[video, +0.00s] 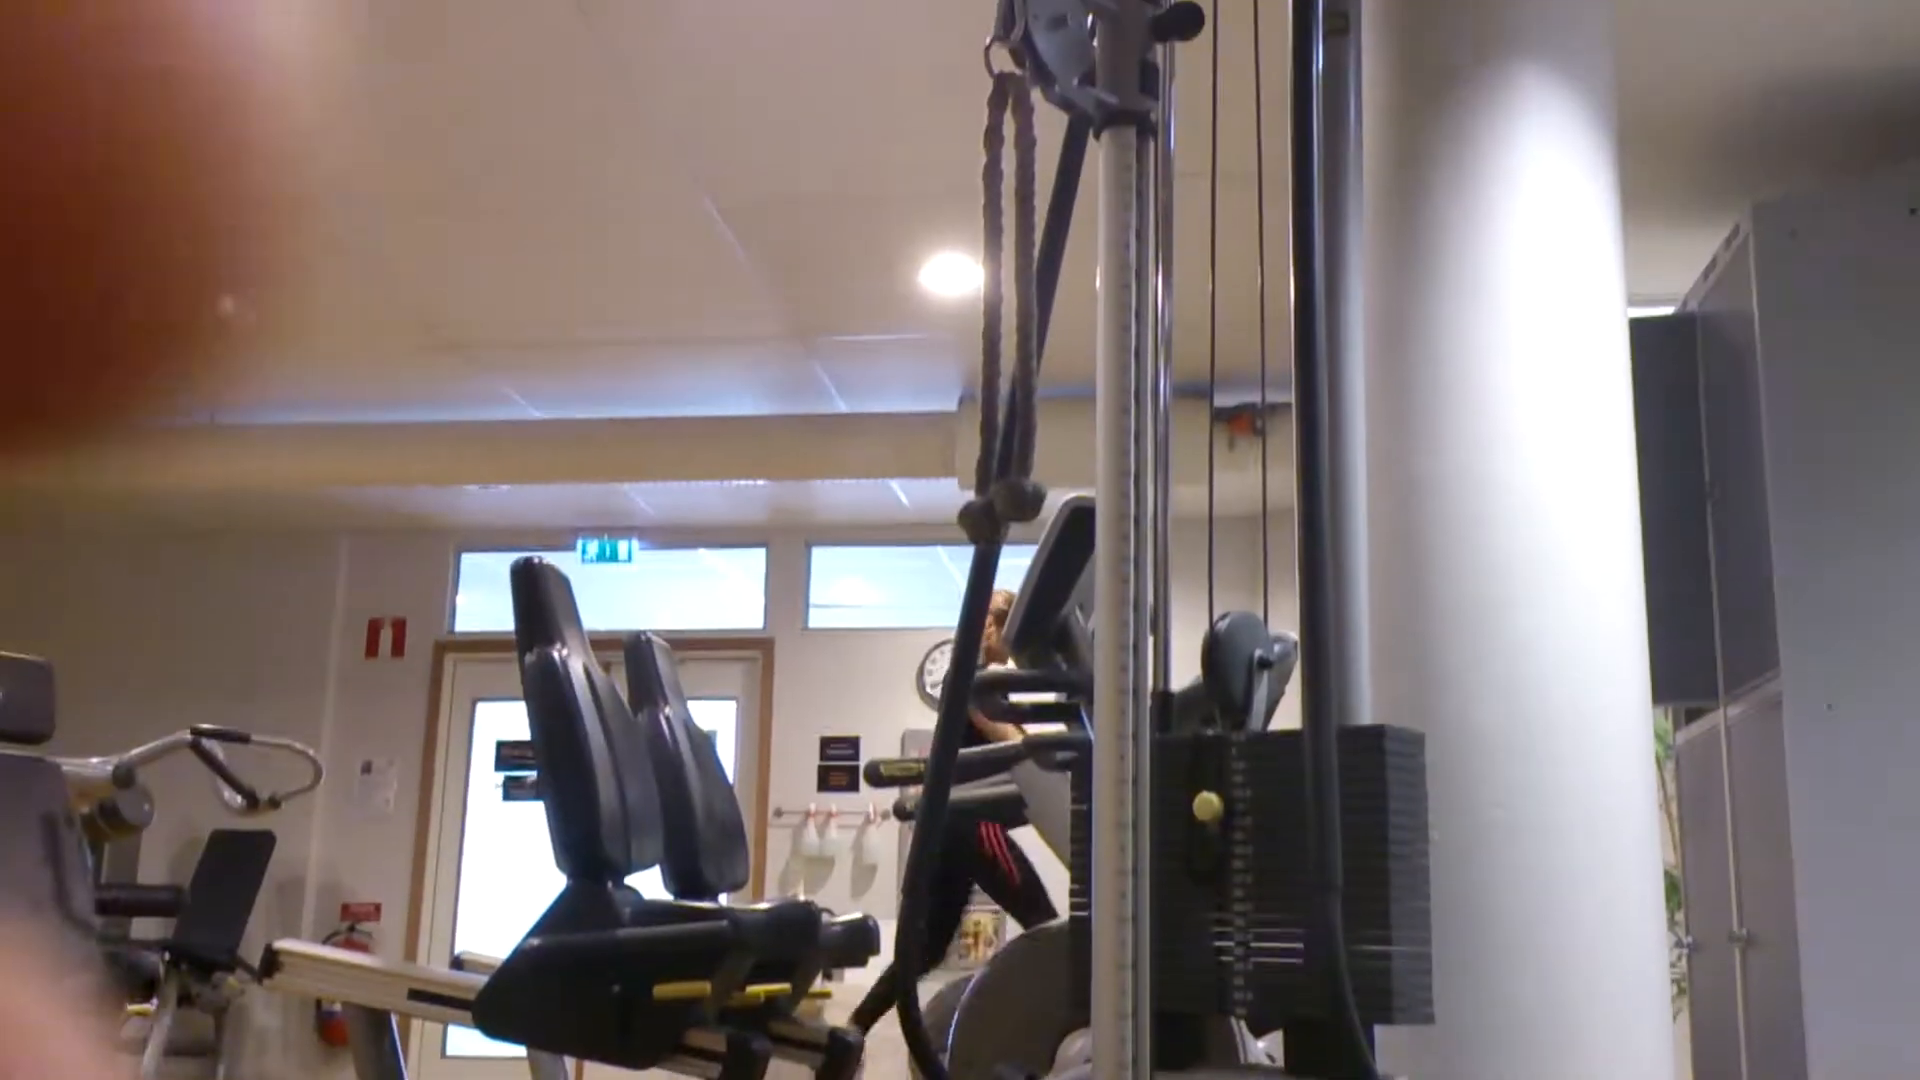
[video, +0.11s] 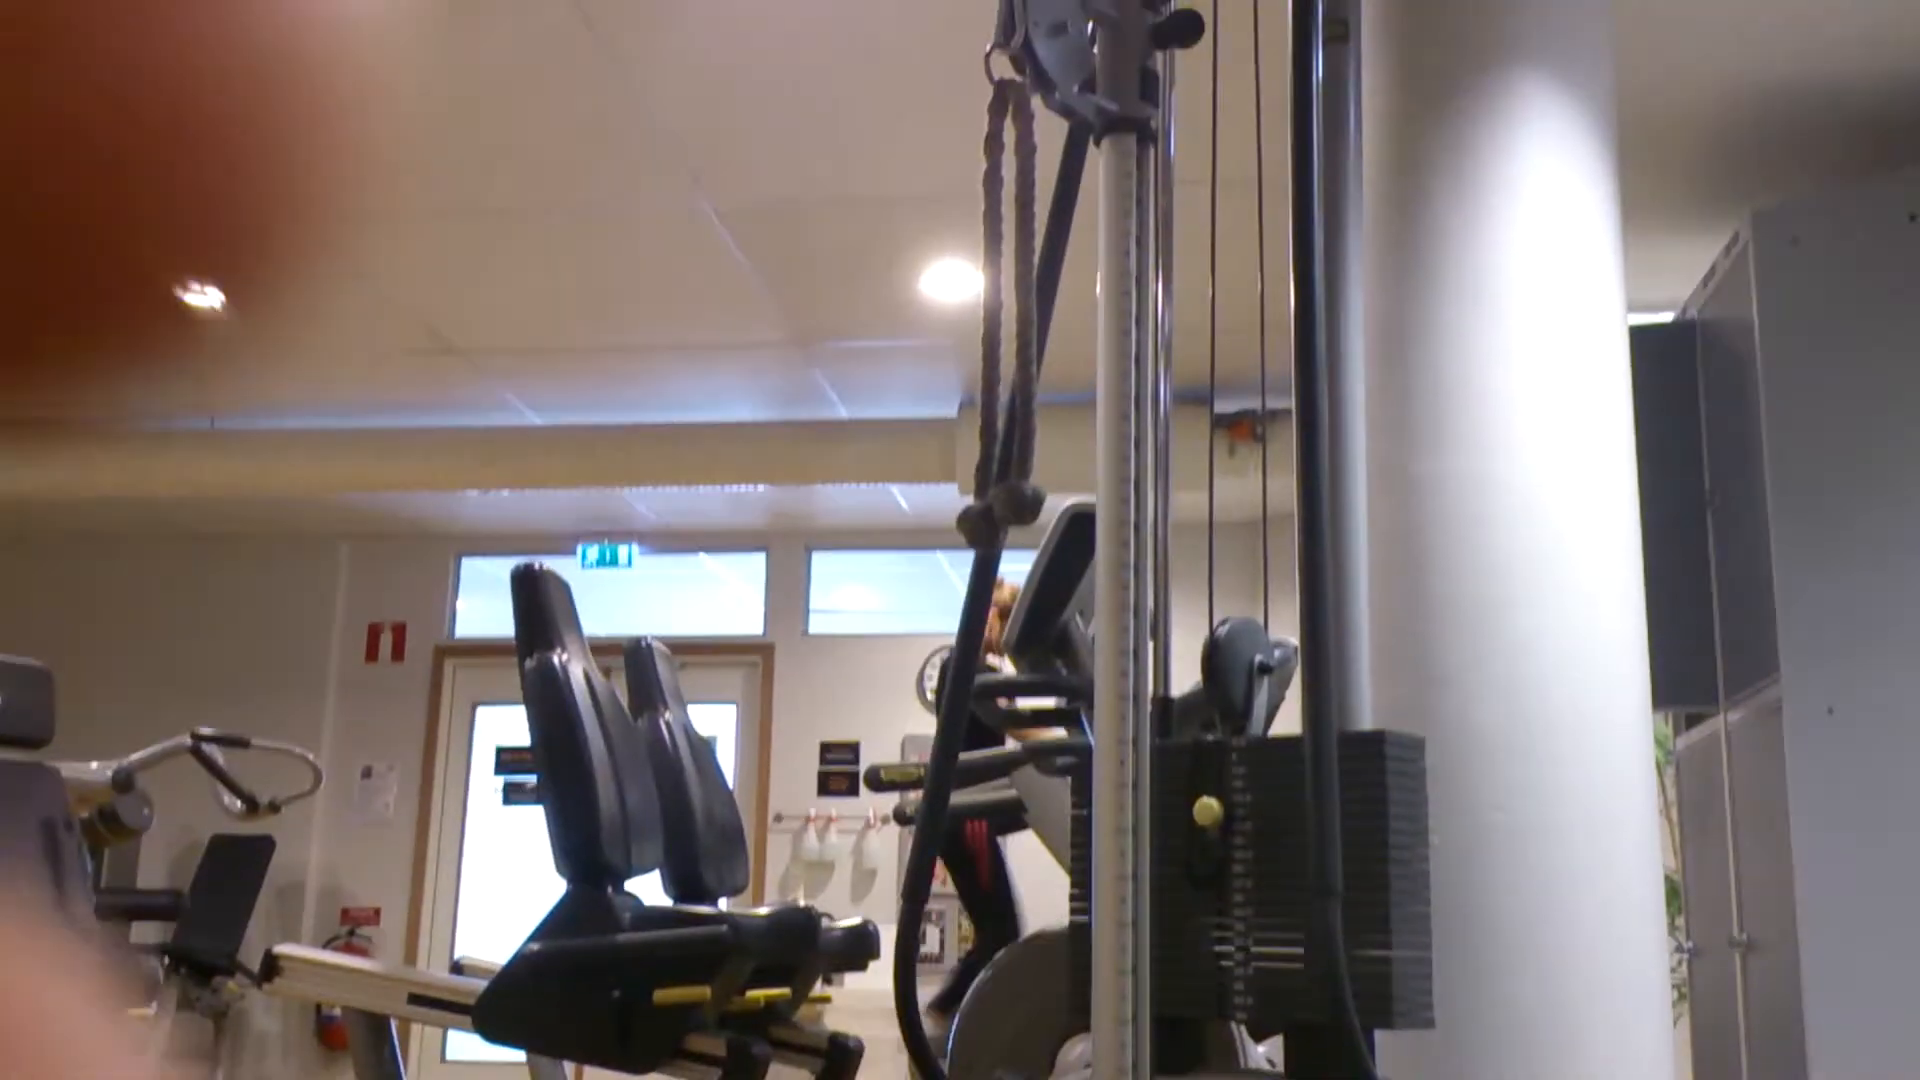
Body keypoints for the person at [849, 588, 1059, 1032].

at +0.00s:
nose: (996, 630)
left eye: (1001, 622)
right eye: (993, 620)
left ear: (1008, 630)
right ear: (979, 625)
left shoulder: (980, 678)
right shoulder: (979, 676)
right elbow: (1007, 736)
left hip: (952, 813)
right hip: (972, 814)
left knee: (925, 948)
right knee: (1042, 921)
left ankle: (852, 1031)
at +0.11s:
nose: (1009, 629)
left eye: (1010, 619)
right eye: (1006, 618)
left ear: (988, 618)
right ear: (990, 617)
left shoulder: (971, 667)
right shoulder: (981, 670)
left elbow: (1023, 730)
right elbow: (1027, 733)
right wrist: (1070, 758)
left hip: (966, 808)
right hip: (963, 810)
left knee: (997, 929)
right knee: (998, 930)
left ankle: (947, 1011)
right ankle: (945, 1013)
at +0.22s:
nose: (1007, 629)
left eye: (1009, 619)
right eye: (1001, 618)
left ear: (1001, 626)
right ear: (982, 622)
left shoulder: (981, 678)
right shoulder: (972, 677)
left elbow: (1020, 732)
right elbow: (1020, 736)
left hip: (978, 828)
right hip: (954, 830)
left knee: (1032, 922)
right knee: (947, 942)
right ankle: (934, 1046)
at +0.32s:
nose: (1021, 638)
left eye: (1020, 629)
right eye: (1016, 628)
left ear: (992, 629)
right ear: (999, 627)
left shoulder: (986, 675)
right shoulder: (979, 671)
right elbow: (1004, 737)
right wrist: (1065, 740)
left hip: (973, 830)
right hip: (952, 828)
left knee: (1036, 936)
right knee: (919, 946)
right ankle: (880, 1053)